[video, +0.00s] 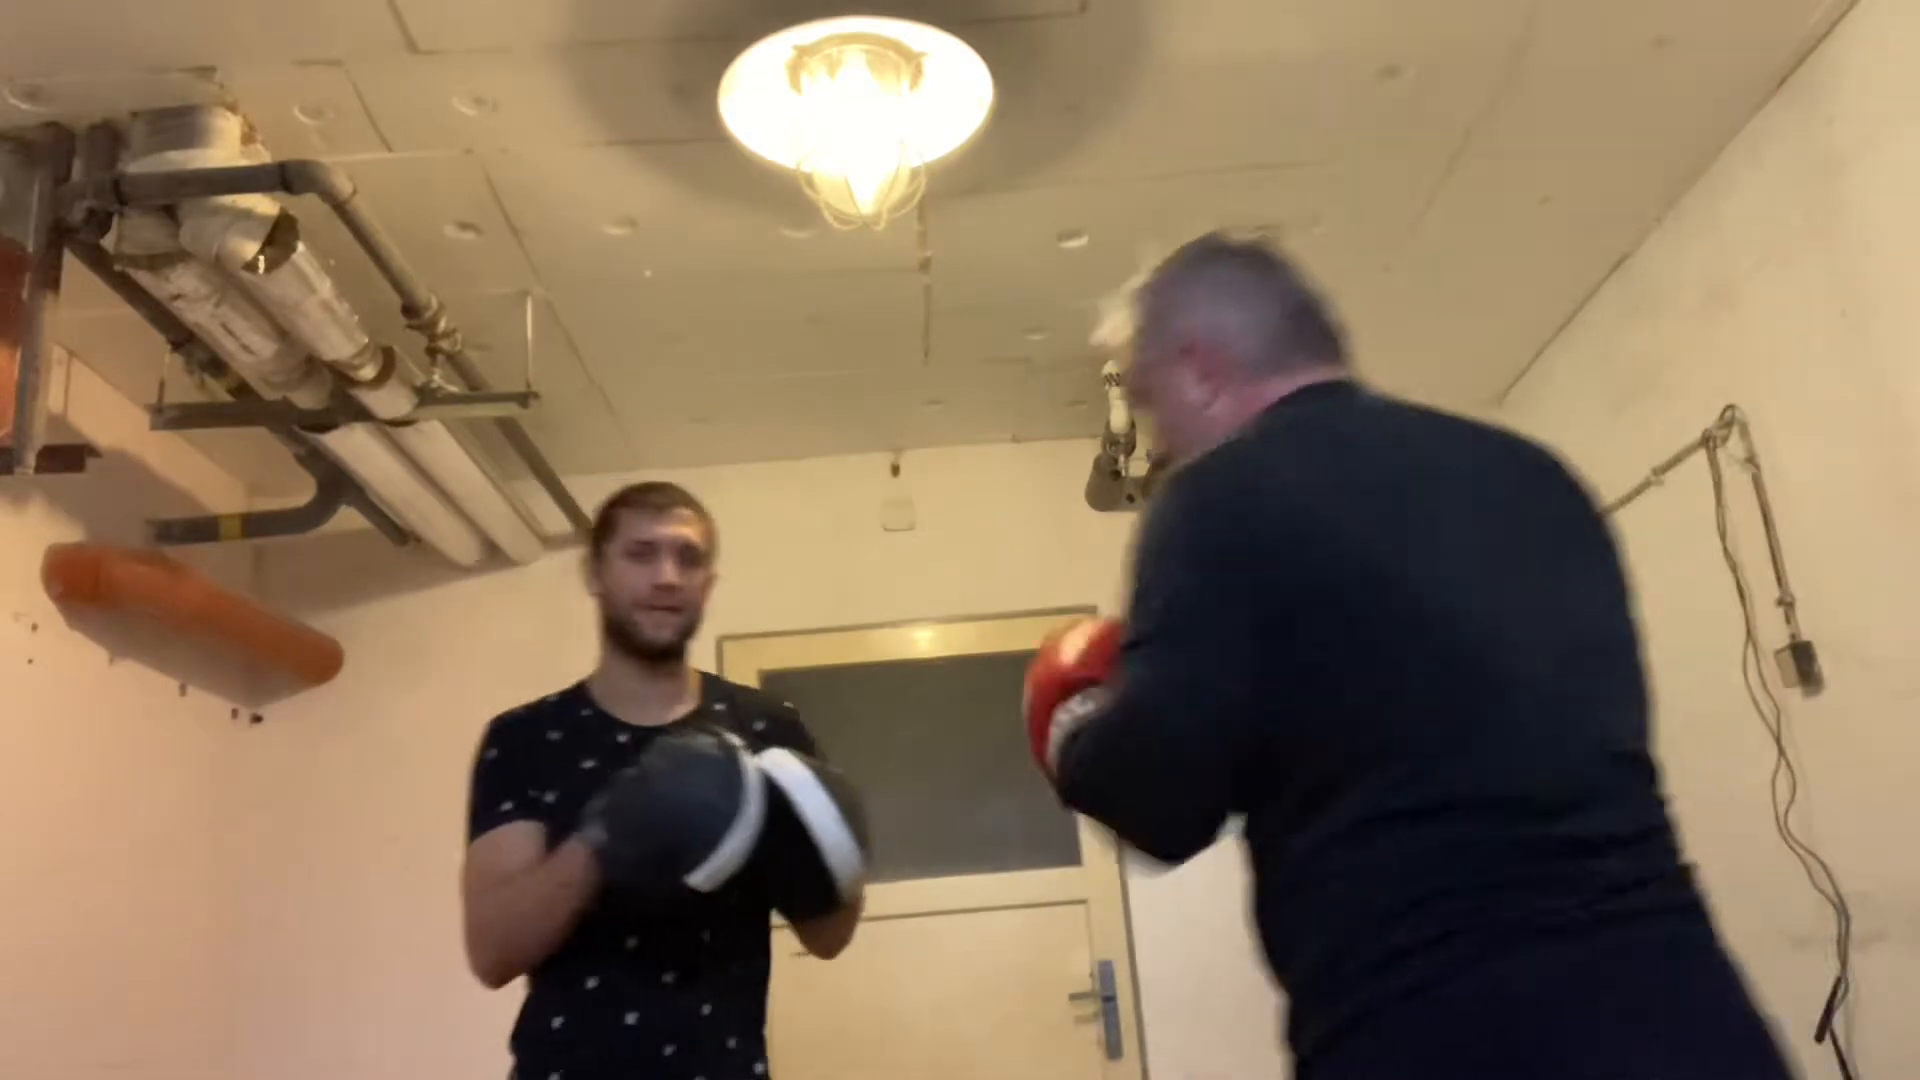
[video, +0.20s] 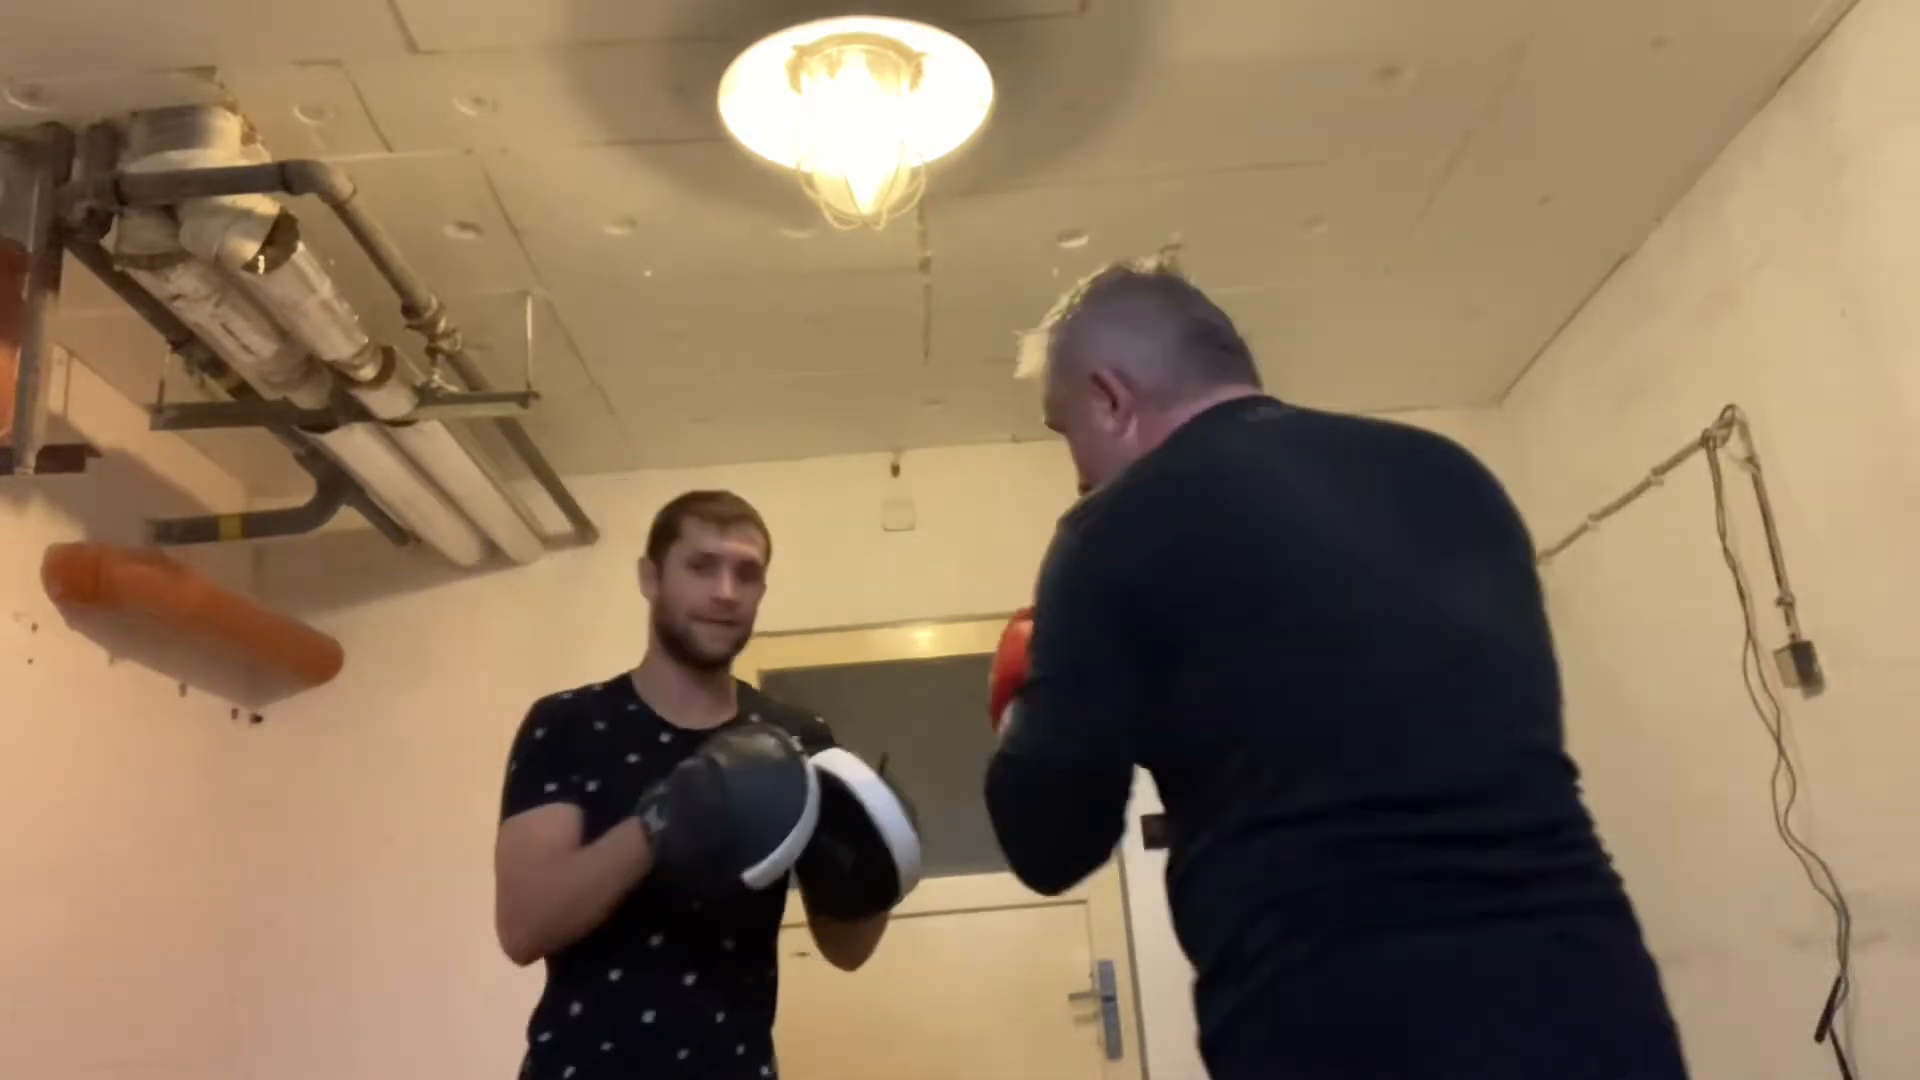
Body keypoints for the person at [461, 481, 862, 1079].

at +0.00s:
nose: (667, 578)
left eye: (688, 559)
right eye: (641, 555)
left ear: (710, 582)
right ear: (595, 574)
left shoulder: (767, 730)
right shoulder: (526, 743)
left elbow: (827, 936)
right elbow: (492, 950)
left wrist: (808, 838)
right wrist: (607, 836)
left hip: (723, 1061)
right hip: (574, 1062)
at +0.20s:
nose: (727, 593)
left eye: (747, 575)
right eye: (702, 567)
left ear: (761, 593)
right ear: (650, 577)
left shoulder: (795, 739)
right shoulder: (567, 727)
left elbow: (848, 947)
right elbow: (524, 926)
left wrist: (856, 849)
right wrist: (666, 819)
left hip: (733, 1060)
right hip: (589, 1058)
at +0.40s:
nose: (725, 605)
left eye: (744, 586)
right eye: (700, 578)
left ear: (757, 603)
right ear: (647, 587)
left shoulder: (768, 745)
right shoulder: (562, 726)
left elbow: (850, 941)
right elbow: (530, 910)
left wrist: (859, 826)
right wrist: (671, 786)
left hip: (720, 1060)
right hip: (580, 1058)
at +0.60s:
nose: (678, 624)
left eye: (691, 604)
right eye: (654, 599)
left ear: (704, 611)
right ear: (590, 602)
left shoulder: (704, 744)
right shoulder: (506, 735)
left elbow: (826, 895)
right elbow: (502, 885)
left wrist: (822, 760)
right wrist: (619, 733)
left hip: (679, 1060)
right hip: (539, 1060)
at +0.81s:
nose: (544, 635)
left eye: (559, 618)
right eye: (528, 616)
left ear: (583, 628)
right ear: (479, 625)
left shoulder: (605, 760)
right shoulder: (393, 754)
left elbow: (750, 827)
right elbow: (430, 835)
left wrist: (736, 690)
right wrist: (537, 657)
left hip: (584, 1061)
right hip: (444, 1063)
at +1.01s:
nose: (473, 630)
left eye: (485, 612)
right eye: (455, 608)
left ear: (505, 623)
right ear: (395, 622)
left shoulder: (529, 755)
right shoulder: (308, 755)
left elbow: (675, 819)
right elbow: (342, 835)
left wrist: (659, 682)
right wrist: (444, 657)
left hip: (511, 1062)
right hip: (365, 1064)